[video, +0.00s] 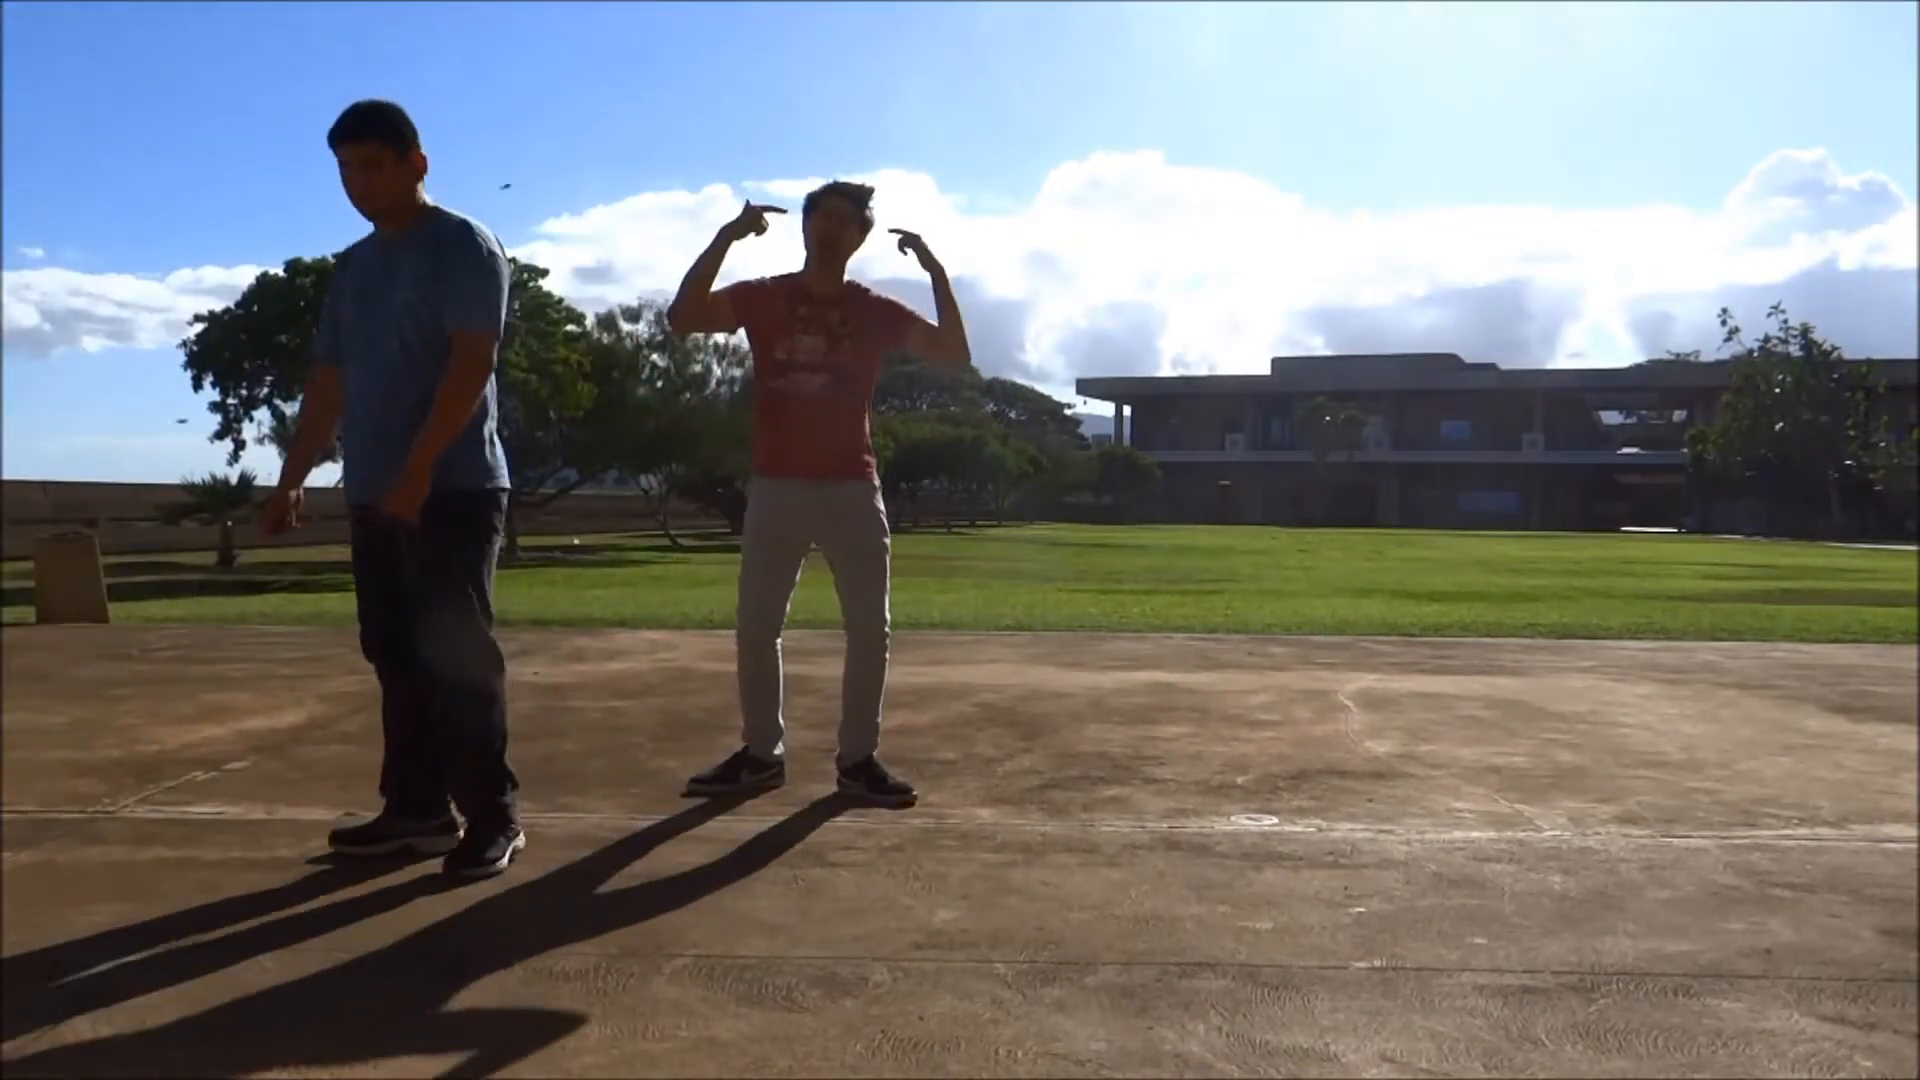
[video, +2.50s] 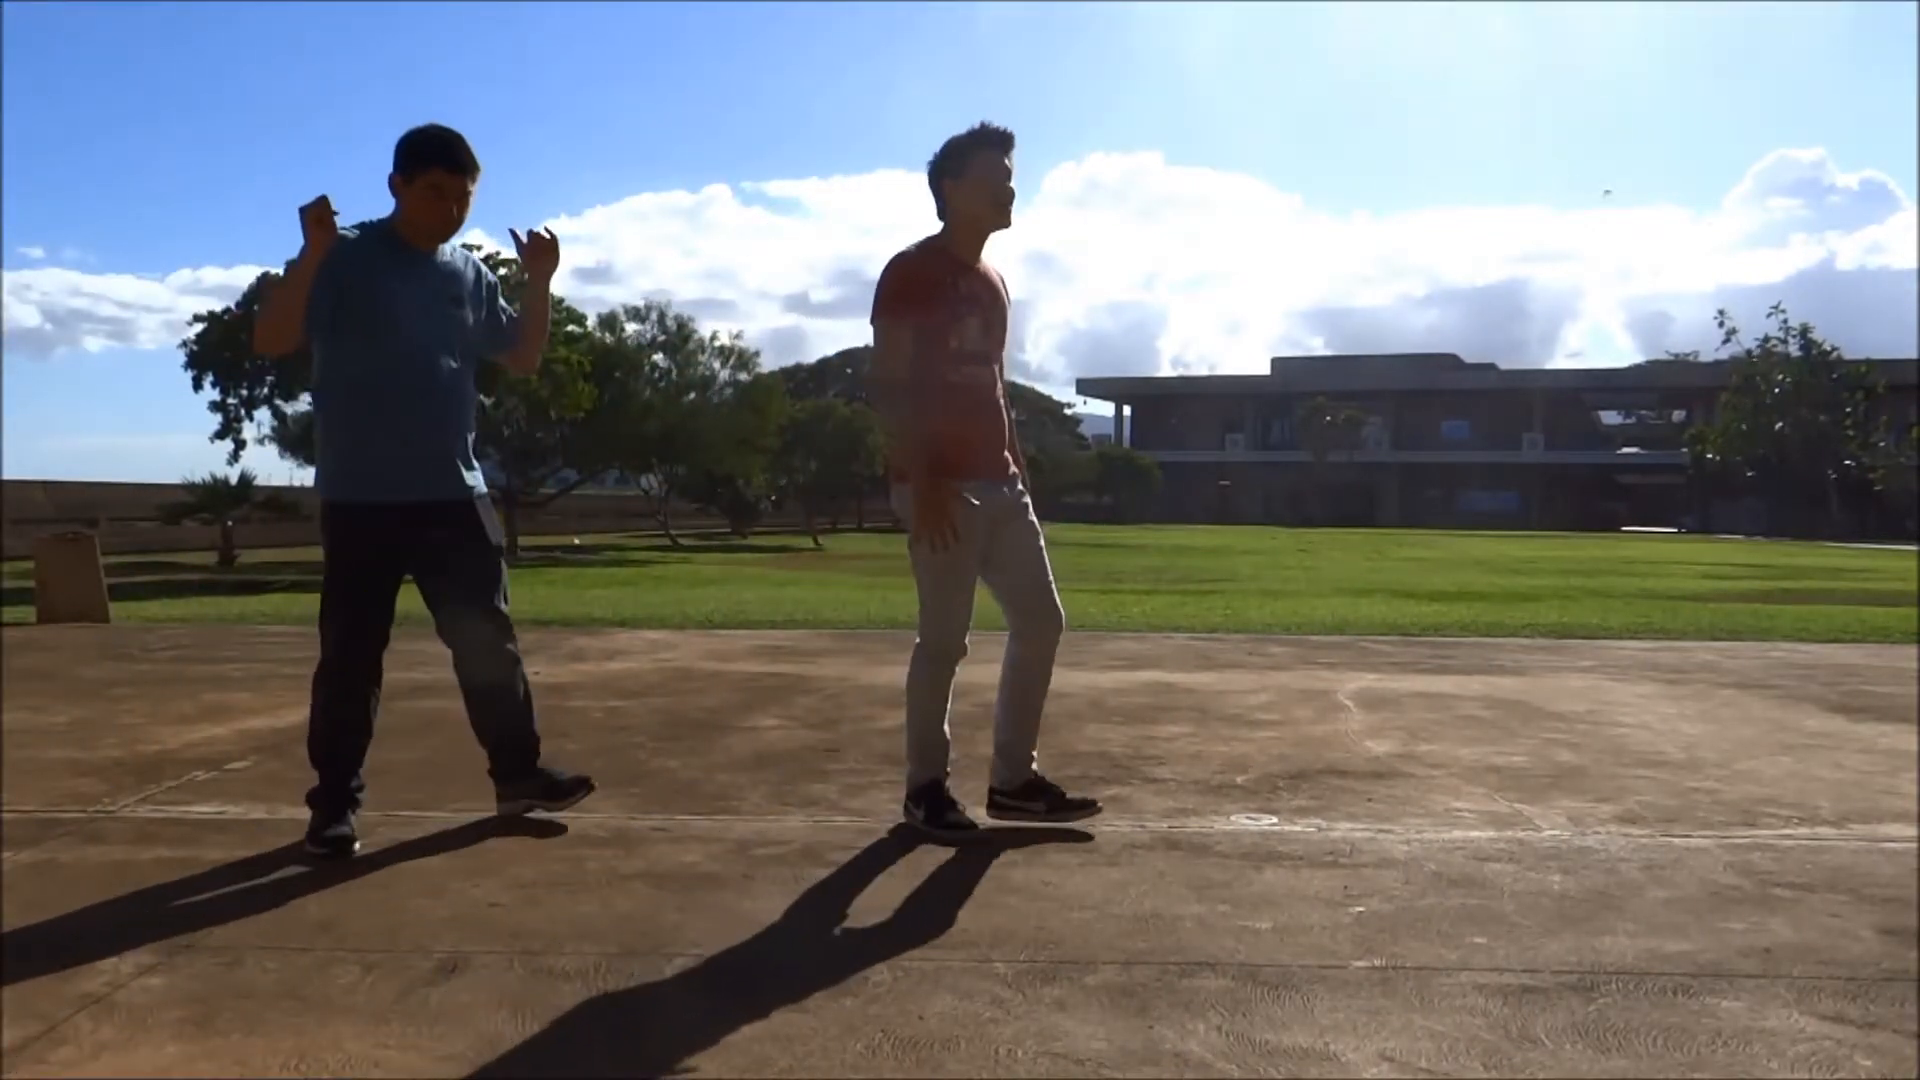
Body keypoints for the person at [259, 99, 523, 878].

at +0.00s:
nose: (354, 183)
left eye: (368, 166)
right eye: (346, 170)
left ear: (414, 162)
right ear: (340, 177)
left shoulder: (466, 249)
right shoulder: (351, 271)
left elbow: (472, 368)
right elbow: (328, 384)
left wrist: (418, 466)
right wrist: (292, 477)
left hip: (457, 483)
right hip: (376, 489)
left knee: (457, 647)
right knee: (393, 649)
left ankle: (492, 819)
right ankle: (416, 809)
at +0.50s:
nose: (439, 178)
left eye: (452, 163)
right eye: (422, 164)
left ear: (473, 168)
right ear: (393, 166)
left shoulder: (503, 256)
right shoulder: (354, 257)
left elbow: (525, 370)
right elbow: (321, 368)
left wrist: (498, 476)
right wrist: (294, 463)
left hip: (466, 491)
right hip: (375, 491)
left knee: (467, 659)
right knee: (387, 658)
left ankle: (472, 823)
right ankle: (407, 811)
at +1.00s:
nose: (482, 182)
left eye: (494, 168)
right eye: (464, 167)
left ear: (513, 169)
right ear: (434, 166)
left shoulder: (541, 266)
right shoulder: (376, 253)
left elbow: (563, 381)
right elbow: (335, 368)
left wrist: (554, 476)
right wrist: (311, 469)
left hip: (489, 491)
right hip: (387, 487)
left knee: (486, 663)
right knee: (359, 645)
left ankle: (477, 820)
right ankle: (360, 782)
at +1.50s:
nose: (426, 183)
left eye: (434, 169)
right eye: (410, 168)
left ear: (442, 176)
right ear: (368, 169)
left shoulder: (463, 266)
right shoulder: (311, 255)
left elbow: (502, 362)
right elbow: (251, 350)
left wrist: (533, 419)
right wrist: (274, 370)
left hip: (444, 493)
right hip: (344, 497)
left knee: (457, 658)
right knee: (334, 661)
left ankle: (477, 816)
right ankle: (329, 811)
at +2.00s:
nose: (393, 180)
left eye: (403, 169)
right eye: (377, 166)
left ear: (414, 179)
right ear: (339, 171)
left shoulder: (427, 266)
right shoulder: (287, 256)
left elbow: (485, 353)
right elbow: (217, 345)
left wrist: (516, 288)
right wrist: (249, 251)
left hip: (411, 487)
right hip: (315, 492)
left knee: (406, 652)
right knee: (324, 655)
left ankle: (385, 797)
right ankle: (330, 806)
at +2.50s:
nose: (454, 209)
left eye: (462, 196)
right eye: (440, 193)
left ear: (470, 200)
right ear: (401, 187)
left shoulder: (468, 273)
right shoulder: (341, 259)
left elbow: (521, 354)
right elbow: (270, 340)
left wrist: (538, 283)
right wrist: (311, 254)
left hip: (449, 490)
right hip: (360, 493)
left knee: (487, 636)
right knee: (349, 655)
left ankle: (518, 776)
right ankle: (333, 804)